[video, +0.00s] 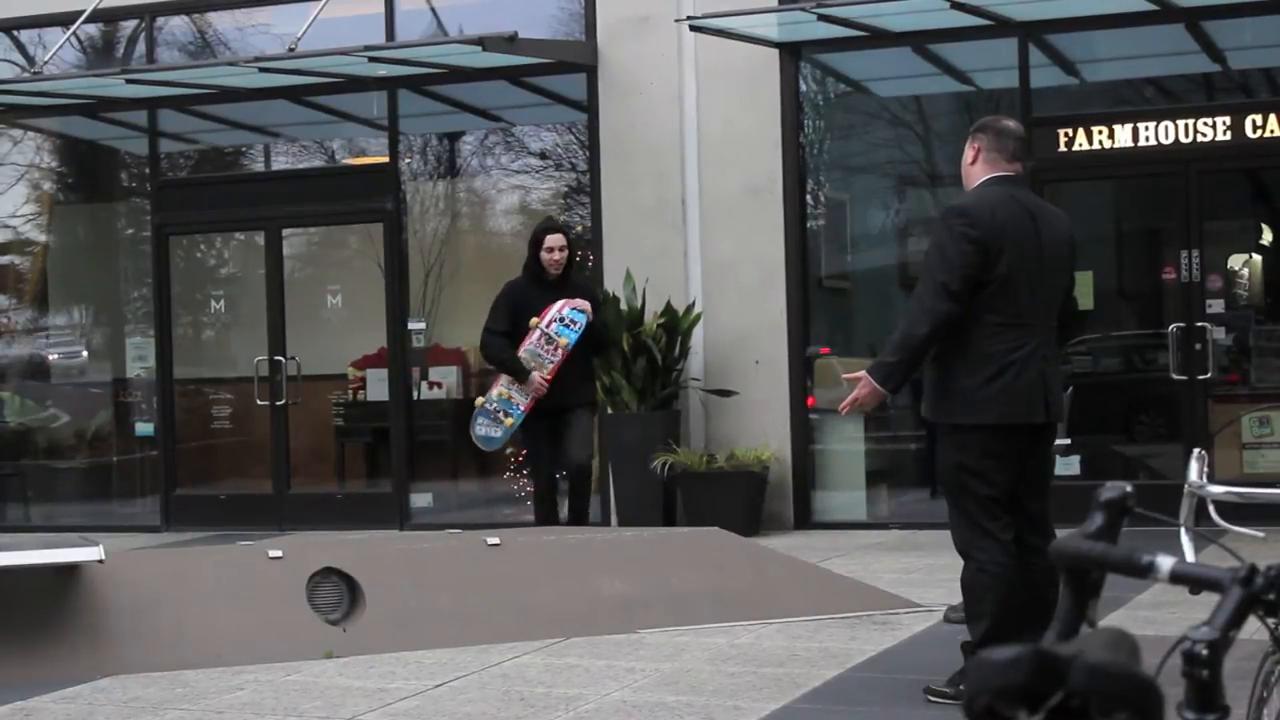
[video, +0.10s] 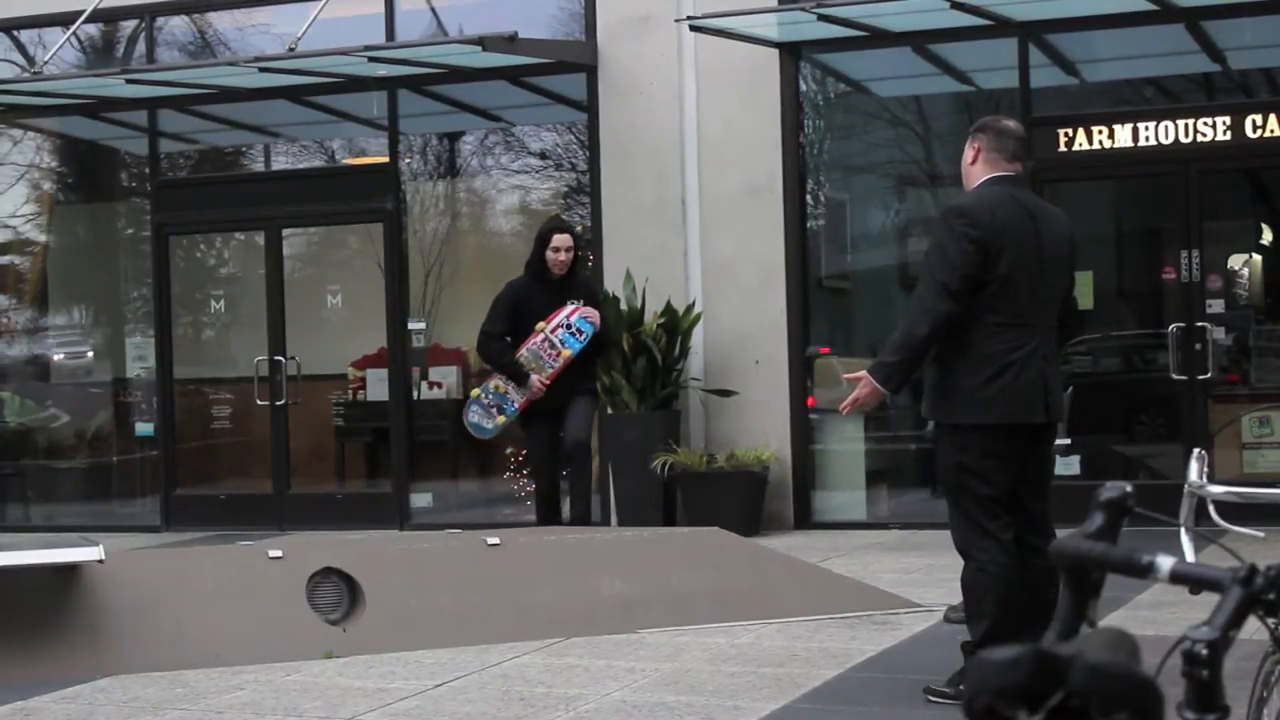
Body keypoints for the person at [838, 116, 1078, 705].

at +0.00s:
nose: (960, 166)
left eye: (963, 156)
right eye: (964, 157)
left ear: (974, 154)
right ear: (1022, 161)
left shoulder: (968, 216)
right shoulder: (1052, 221)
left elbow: (932, 308)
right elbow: (1068, 316)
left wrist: (883, 376)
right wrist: (1025, 352)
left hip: (973, 407)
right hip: (1034, 407)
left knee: (982, 539)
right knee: (1029, 531)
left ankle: (988, 674)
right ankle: (1030, 665)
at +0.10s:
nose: (960, 165)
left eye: (963, 155)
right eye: (964, 156)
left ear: (974, 154)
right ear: (1022, 161)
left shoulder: (968, 217)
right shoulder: (1052, 221)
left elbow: (933, 308)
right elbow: (1068, 317)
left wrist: (883, 375)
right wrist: (1024, 352)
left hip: (975, 408)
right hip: (1034, 407)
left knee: (982, 538)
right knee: (1029, 530)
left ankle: (988, 673)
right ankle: (1030, 665)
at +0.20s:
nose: (960, 166)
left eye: (963, 156)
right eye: (964, 157)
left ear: (974, 154)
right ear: (1022, 161)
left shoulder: (968, 217)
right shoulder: (1052, 221)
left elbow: (933, 308)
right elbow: (1067, 316)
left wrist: (884, 376)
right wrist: (1024, 353)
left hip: (975, 408)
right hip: (1034, 407)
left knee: (982, 538)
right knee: (1029, 530)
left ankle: (988, 673)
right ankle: (1030, 664)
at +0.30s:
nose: (960, 166)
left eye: (962, 156)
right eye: (963, 157)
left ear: (974, 154)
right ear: (1022, 161)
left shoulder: (968, 216)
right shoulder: (1052, 221)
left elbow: (933, 308)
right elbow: (1067, 317)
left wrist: (884, 376)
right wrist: (1024, 354)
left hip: (975, 408)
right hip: (1034, 407)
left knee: (982, 537)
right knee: (1029, 530)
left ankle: (988, 673)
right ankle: (1030, 664)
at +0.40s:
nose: (959, 166)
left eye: (962, 156)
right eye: (962, 157)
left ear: (974, 154)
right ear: (1022, 161)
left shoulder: (969, 216)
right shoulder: (1052, 221)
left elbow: (934, 308)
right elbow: (1067, 317)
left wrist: (884, 376)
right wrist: (1023, 354)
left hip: (975, 408)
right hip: (1034, 407)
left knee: (983, 538)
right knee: (1029, 531)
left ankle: (988, 673)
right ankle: (1030, 665)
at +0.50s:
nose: (959, 166)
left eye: (961, 156)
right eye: (962, 157)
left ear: (974, 154)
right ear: (1021, 162)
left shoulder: (968, 216)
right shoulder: (1051, 221)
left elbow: (934, 309)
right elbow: (1067, 317)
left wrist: (884, 376)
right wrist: (1023, 354)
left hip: (975, 408)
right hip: (1034, 407)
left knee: (983, 538)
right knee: (1029, 531)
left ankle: (987, 674)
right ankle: (1030, 666)